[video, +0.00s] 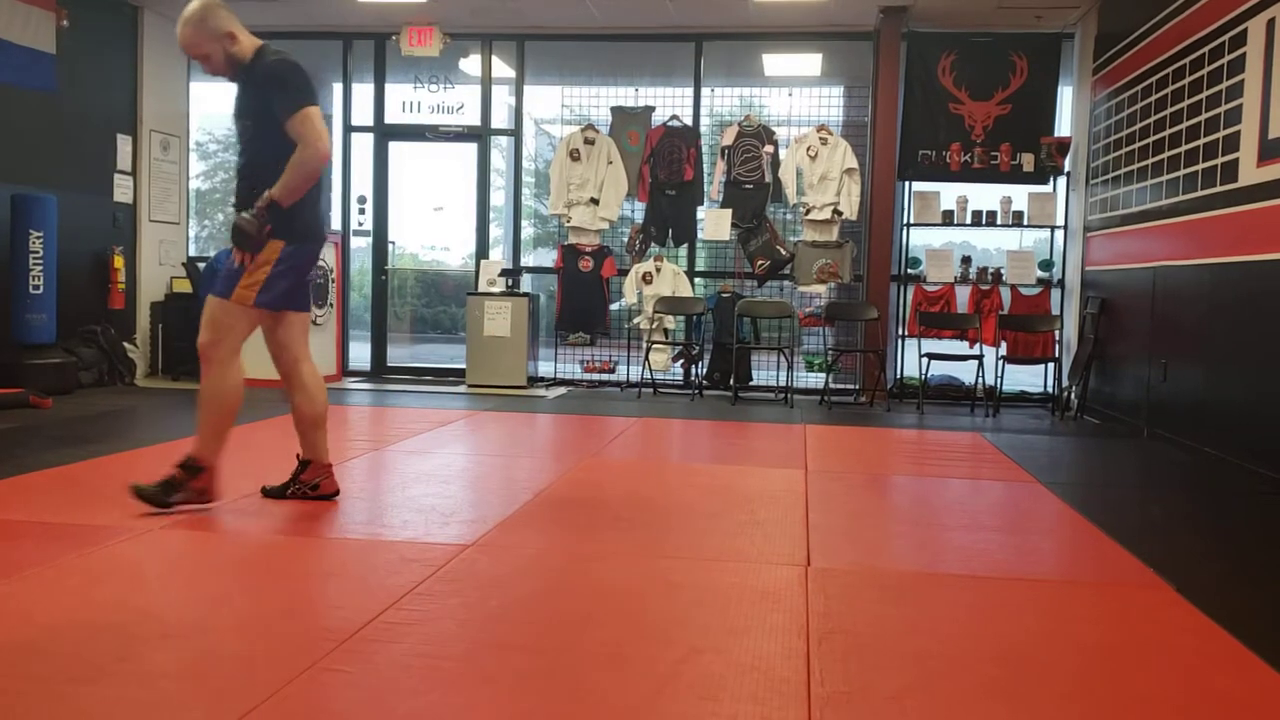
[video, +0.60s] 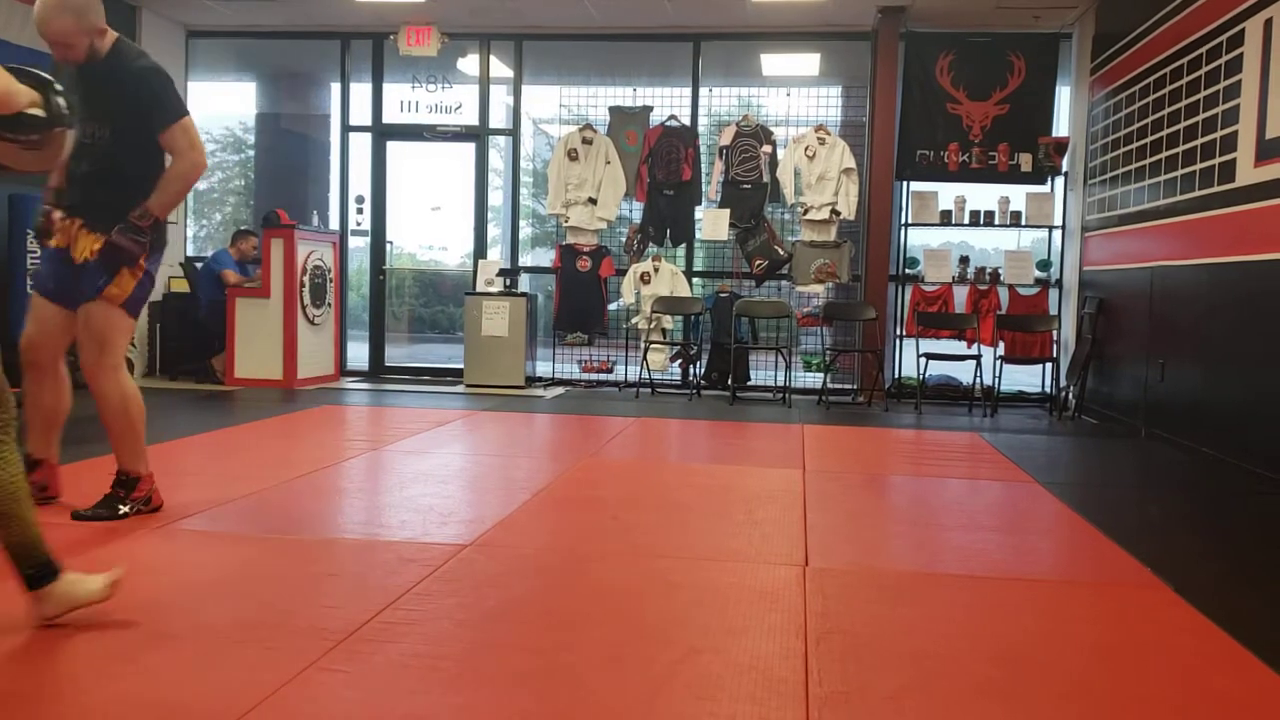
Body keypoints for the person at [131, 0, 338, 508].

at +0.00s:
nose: (204, 69)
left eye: (202, 58)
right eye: (198, 62)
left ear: (228, 38)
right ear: (225, 42)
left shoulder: (276, 71)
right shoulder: (259, 78)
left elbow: (315, 150)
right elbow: (279, 156)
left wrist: (264, 210)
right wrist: (251, 212)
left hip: (276, 235)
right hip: (287, 234)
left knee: (216, 344)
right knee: (293, 356)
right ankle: (317, 472)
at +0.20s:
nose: (134, 73)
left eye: (132, 61)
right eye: (128, 64)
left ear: (157, 41)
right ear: (155, 42)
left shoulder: (205, 74)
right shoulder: (191, 76)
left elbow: (249, 159)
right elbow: (219, 159)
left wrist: (203, 221)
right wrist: (191, 220)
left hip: (216, 240)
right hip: (221, 237)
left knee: (165, 356)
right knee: (220, 353)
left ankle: (143, 483)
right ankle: (293, 449)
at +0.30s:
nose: (102, 68)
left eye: (100, 56)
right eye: (96, 60)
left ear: (125, 38)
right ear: (126, 36)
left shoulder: (172, 67)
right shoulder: (158, 69)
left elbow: (217, 155)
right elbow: (189, 156)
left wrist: (172, 217)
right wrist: (160, 214)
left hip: (192, 236)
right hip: (190, 232)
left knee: (145, 353)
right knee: (168, 343)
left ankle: (141, 483)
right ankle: (244, 427)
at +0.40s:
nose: (77, 59)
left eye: (73, 47)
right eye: (69, 50)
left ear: (100, 29)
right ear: (104, 25)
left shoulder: (154, 63)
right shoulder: (130, 64)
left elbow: (206, 149)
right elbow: (147, 148)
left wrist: (158, 218)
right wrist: (129, 208)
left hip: (171, 232)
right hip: (143, 226)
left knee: (140, 348)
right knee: (110, 329)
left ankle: (142, 482)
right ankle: (176, 435)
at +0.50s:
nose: (60, 56)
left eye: (61, 45)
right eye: (55, 47)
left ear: (91, 30)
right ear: (90, 27)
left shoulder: (145, 67)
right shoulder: (107, 69)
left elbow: (199, 156)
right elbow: (123, 151)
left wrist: (148, 223)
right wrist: (98, 204)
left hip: (149, 237)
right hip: (110, 228)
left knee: (112, 352)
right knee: (77, 342)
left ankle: (140, 484)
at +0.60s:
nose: (57, 55)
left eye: (65, 46)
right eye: (51, 44)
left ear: (100, 33)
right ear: (47, 27)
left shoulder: (142, 74)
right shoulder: (73, 66)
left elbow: (191, 158)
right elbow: (77, 138)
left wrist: (141, 222)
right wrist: (53, 198)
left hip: (124, 234)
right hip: (70, 224)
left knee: (102, 359)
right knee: (39, 349)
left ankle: (136, 483)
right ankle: (41, 472)